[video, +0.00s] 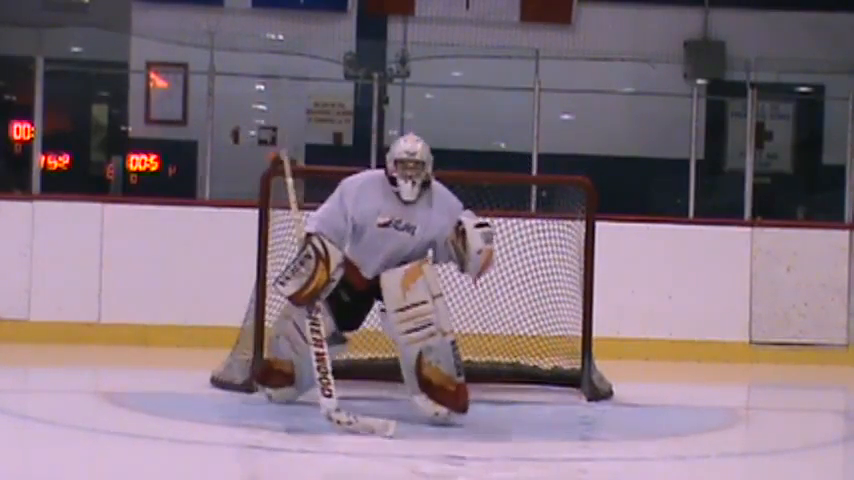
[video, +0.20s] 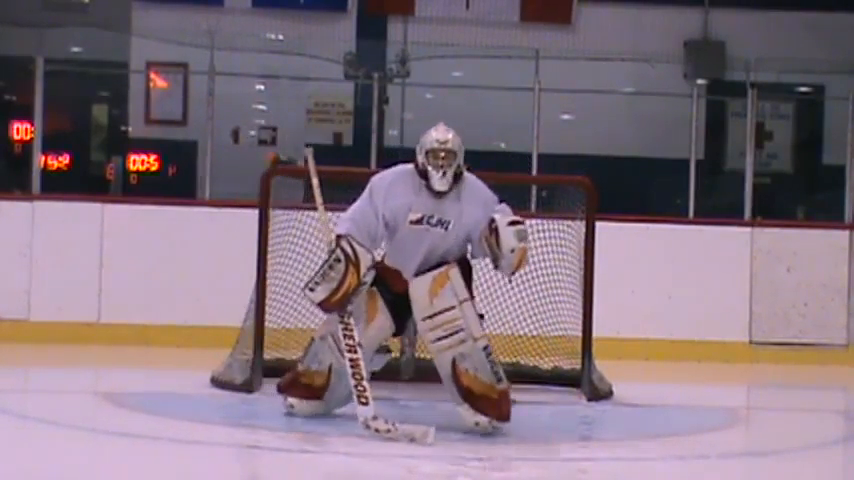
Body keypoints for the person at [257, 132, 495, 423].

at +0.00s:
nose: (410, 175)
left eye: (417, 169)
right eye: (403, 167)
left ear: (429, 170)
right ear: (390, 166)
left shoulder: (444, 206)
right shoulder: (359, 189)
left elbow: (461, 254)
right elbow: (324, 230)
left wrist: (474, 244)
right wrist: (310, 266)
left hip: (405, 278)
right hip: (354, 271)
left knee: (423, 328)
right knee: (321, 324)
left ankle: (441, 391)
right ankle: (282, 374)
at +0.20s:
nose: (441, 165)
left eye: (448, 158)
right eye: (435, 157)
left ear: (460, 160)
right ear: (421, 158)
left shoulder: (476, 197)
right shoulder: (390, 186)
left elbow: (504, 258)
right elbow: (356, 234)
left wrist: (508, 241)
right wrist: (340, 272)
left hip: (446, 278)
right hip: (391, 275)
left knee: (461, 338)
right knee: (351, 333)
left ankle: (487, 409)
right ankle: (309, 393)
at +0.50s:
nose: (452, 140)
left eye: (459, 134)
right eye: (445, 133)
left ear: (472, 137)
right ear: (434, 135)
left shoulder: (494, 176)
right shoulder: (403, 169)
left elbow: (521, 242)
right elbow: (369, 221)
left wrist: (513, 236)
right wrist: (348, 267)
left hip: (466, 271)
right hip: (407, 265)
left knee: (472, 344)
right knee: (379, 339)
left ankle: (500, 418)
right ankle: (349, 410)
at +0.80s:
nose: (460, 127)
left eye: (464, 120)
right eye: (452, 120)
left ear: (471, 123)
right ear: (433, 123)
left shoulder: (479, 167)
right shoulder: (407, 157)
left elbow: (483, 227)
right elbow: (366, 199)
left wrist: (515, 220)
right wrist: (379, 236)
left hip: (457, 275)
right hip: (413, 270)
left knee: (491, 337)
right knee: (404, 344)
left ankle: (497, 411)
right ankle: (364, 411)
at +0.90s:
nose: (474, 127)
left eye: (477, 120)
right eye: (467, 120)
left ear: (477, 122)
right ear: (445, 121)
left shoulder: (474, 172)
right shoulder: (418, 151)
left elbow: (469, 228)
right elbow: (394, 198)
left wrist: (502, 223)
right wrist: (407, 248)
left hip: (440, 261)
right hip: (390, 252)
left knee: (457, 331)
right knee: (409, 332)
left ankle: (449, 407)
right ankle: (368, 408)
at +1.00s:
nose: (483, 130)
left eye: (484, 123)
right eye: (478, 123)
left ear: (461, 124)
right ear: (461, 122)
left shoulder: (468, 166)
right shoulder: (438, 151)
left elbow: (462, 224)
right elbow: (434, 214)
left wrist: (492, 225)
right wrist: (444, 265)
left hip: (415, 253)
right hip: (389, 249)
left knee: (425, 328)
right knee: (408, 331)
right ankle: (364, 405)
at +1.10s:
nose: (492, 145)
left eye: (491, 138)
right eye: (491, 138)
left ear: (454, 134)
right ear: (482, 139)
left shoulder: (434, 158)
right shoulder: (464, 167)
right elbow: (473, 234)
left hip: (381, 250)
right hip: (409, 257)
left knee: (406, 333)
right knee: (418, 337)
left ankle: (356, 405)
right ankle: (360, 409)